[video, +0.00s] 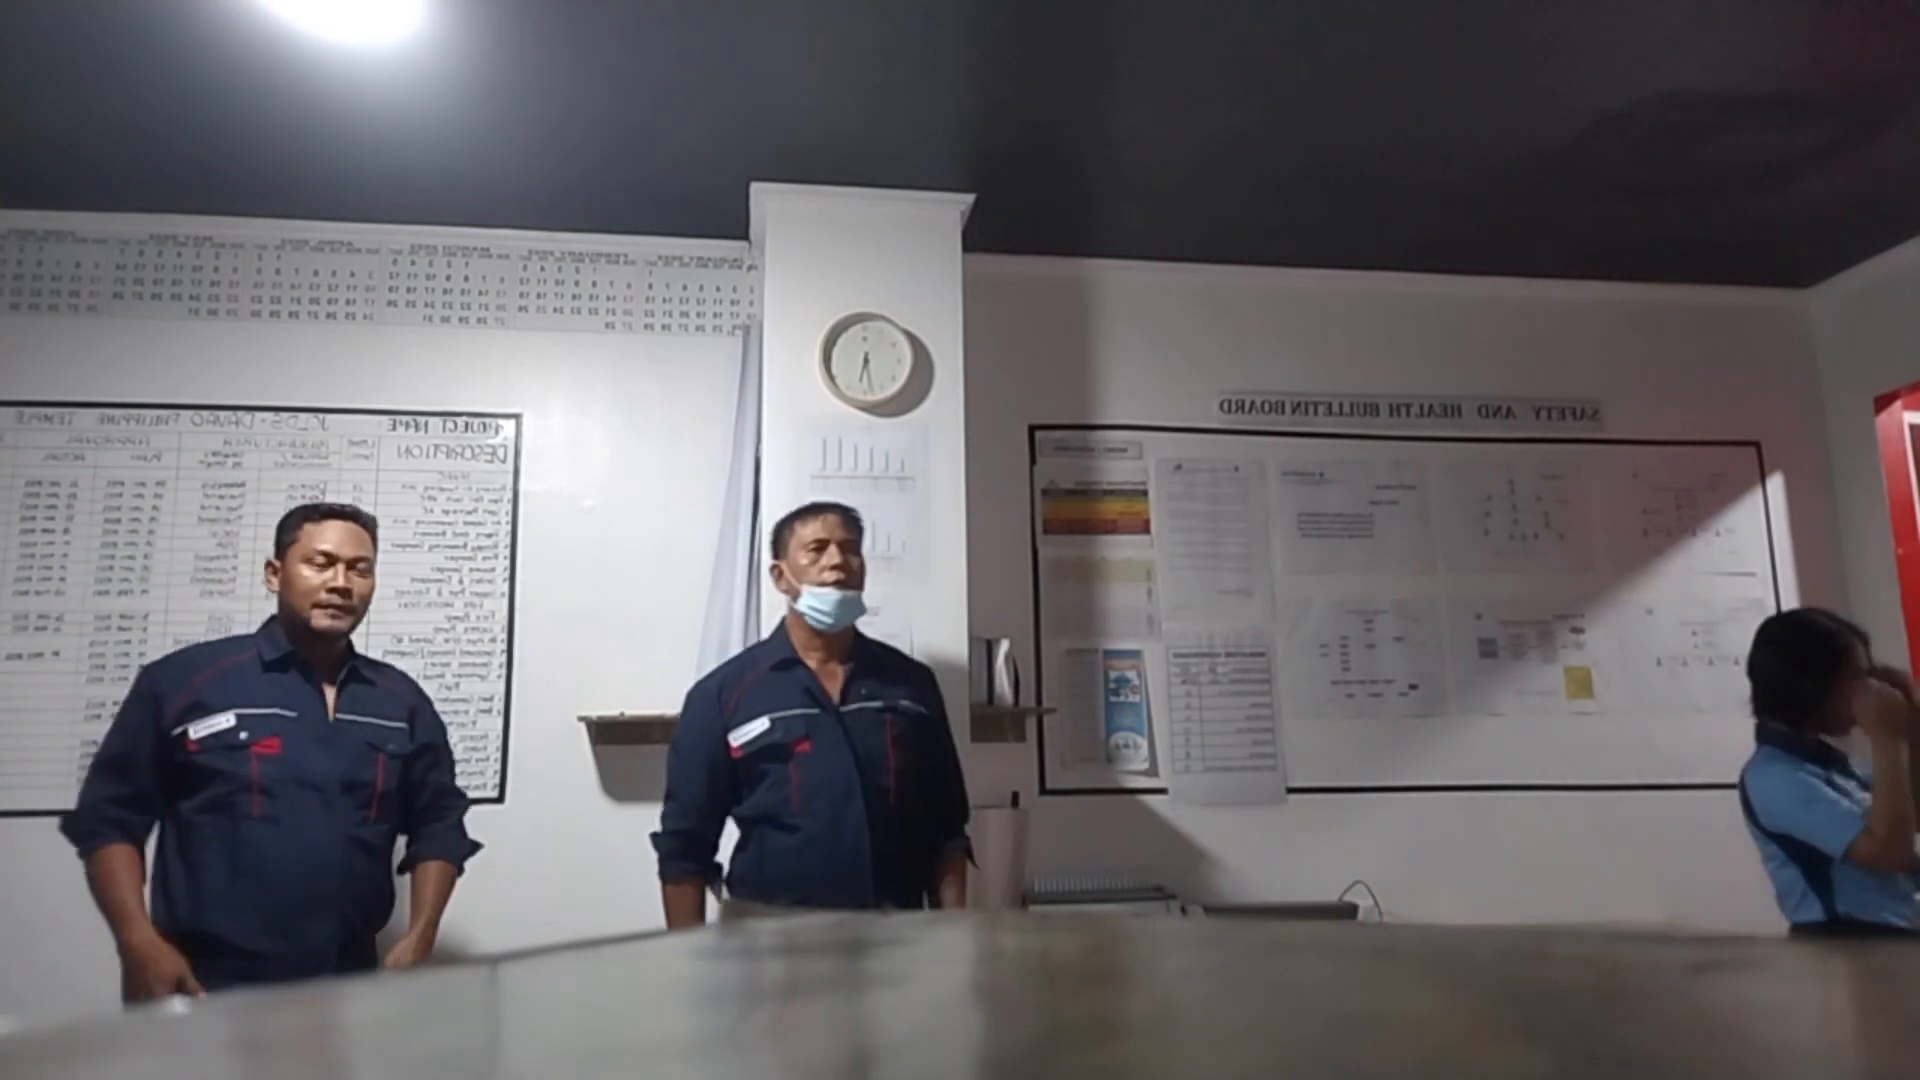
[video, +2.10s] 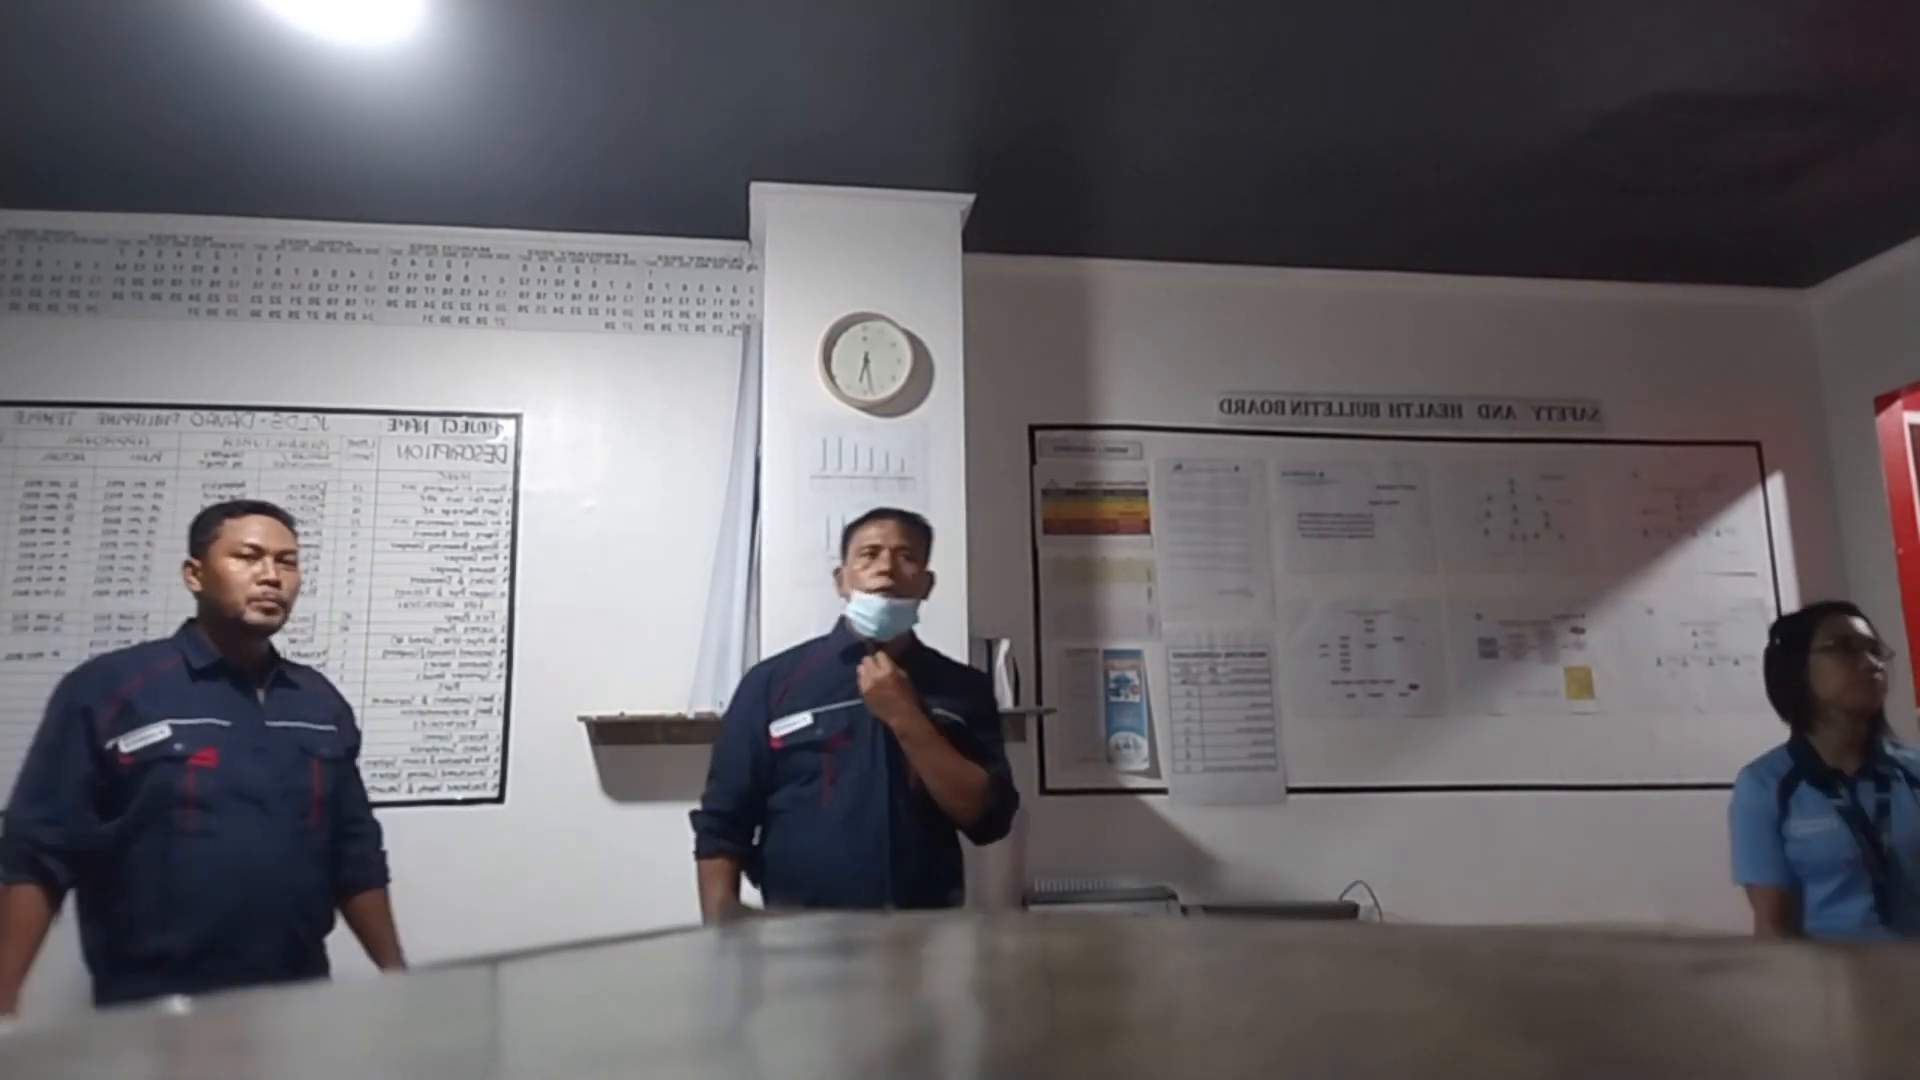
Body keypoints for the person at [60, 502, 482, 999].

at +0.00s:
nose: (342, 582)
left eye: (359, 568)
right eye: (321, 563)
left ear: (373, 585)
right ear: (275, 575)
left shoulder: (403, 703)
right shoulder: (180, 685)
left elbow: (441, 826)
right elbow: (105, 819)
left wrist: (420, 937)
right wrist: (140, 943)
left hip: (343, 999)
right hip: (202, 1001)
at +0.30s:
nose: (363, 583)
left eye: (380, 574)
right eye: (345, 564)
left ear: (390, 594)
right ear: (296, 575)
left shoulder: (405, 715)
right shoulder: (194, 680)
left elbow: (420, 870)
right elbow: (118, 832)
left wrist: (429, 992)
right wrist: (70, 965)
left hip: (336, 999)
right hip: (200, 997)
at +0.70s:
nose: (303, 576)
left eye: (319, 565)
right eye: (282, 554)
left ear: (330, 588)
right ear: (230, 570)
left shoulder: (336, 711)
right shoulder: (126, 684)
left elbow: (360, 861)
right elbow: (43, 861)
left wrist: (397, 984)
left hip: (293, 1008)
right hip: (154, 1011)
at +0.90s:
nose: (250, 568)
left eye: (268, 555)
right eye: (227, 548)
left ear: (280, 579)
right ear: (173, 566)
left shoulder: (293, 703)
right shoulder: (69, 692)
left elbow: (307, 850)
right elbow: (9, 855)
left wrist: (330, 972)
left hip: (252, 1011)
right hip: (108, 1015)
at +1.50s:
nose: (200, 565)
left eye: (214, 553)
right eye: (177, 542)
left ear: (222, 577)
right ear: (112, 555)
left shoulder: (218, 708)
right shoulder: (21, 669)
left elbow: (228, 866)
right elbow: (9, 849)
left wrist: (256, 1004)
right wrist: (8, 1013)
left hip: (193, 1019)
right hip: (55, 1019)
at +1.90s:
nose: (240, 567)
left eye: (254, 554)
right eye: (215, 547)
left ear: (265, 573)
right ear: (157, 566)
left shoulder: (286, 699)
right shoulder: (58, 693)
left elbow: (309, 857)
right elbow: (10, 866)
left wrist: (330, 989)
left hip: (255, 1009)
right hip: (110, 1014)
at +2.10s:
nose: (271, 576)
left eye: (286, 562)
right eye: (248, 557)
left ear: (298, 580)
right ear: (196, 575)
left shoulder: (321, 705)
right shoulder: (103, 695)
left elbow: (354, 857)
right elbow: (36, 861)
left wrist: (398, 980)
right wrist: (6, 1000)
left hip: (295, 1009)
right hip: (152, 1016)